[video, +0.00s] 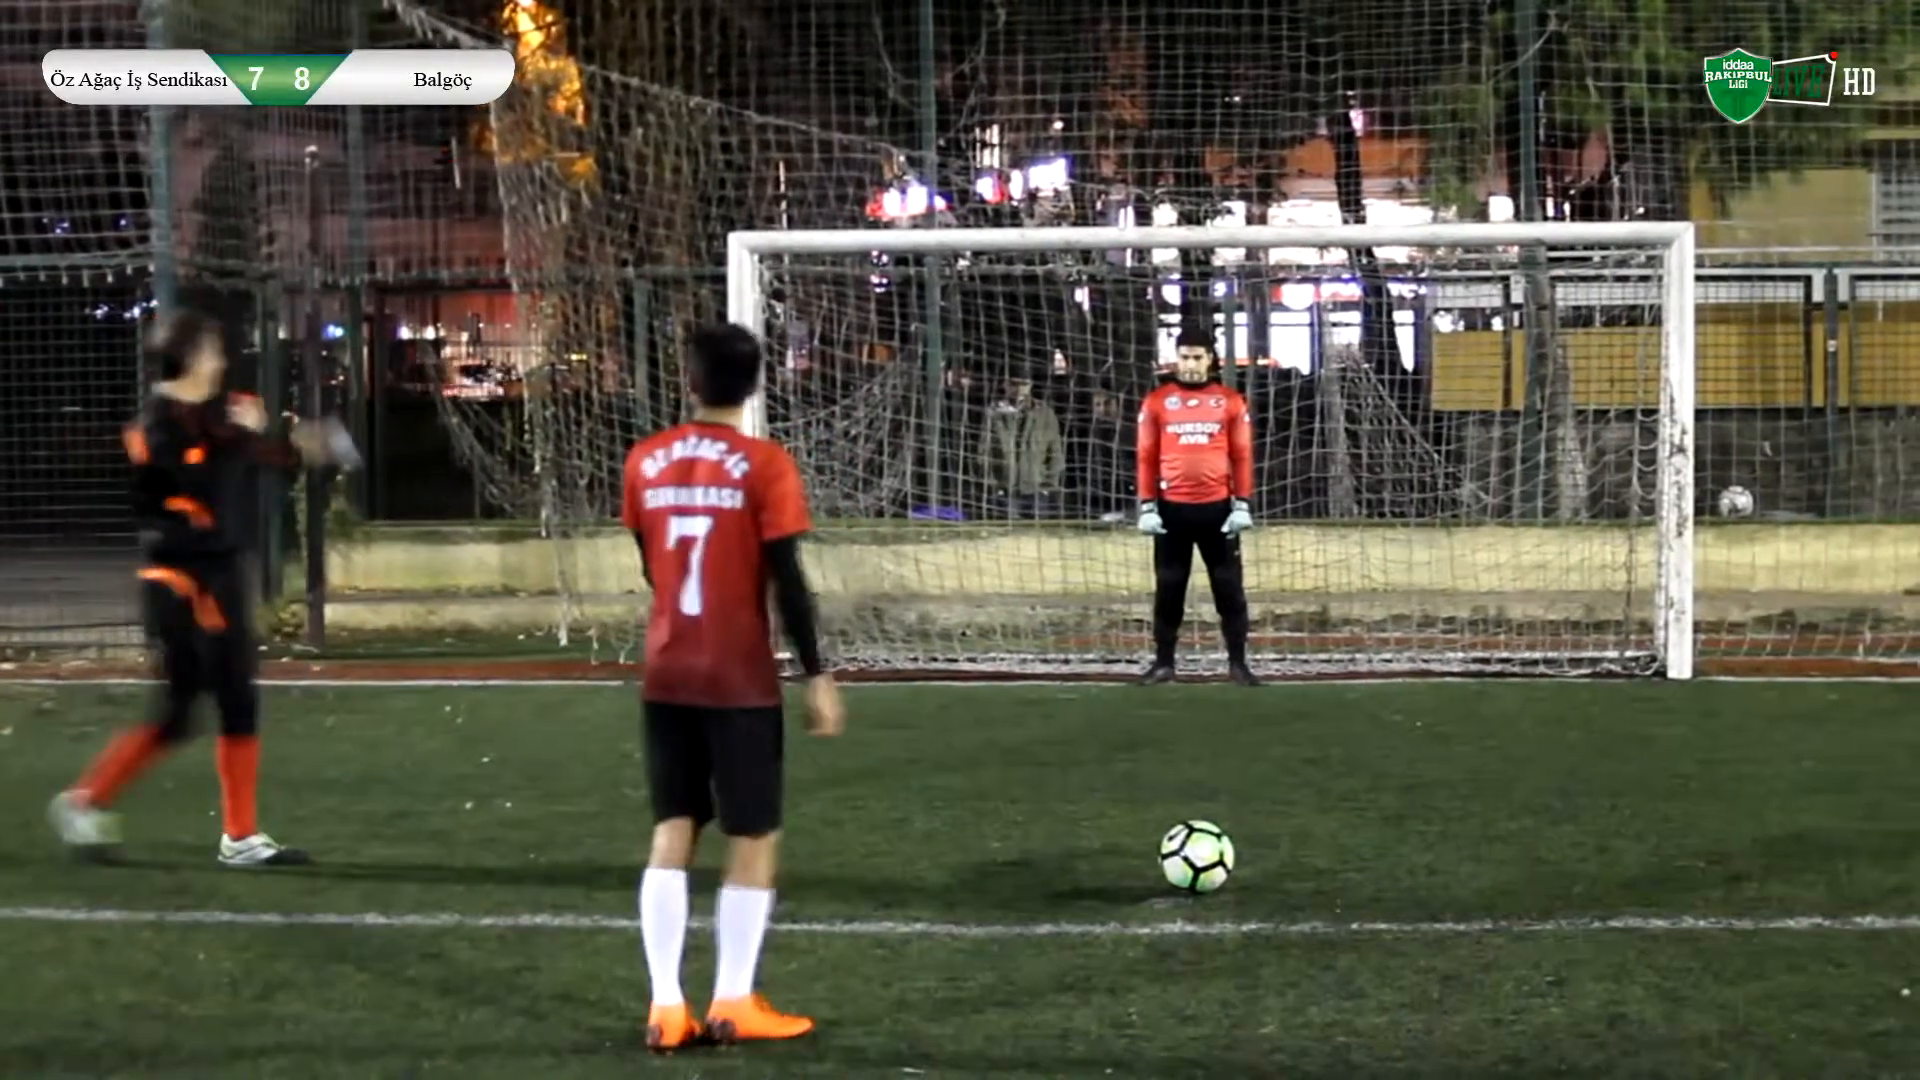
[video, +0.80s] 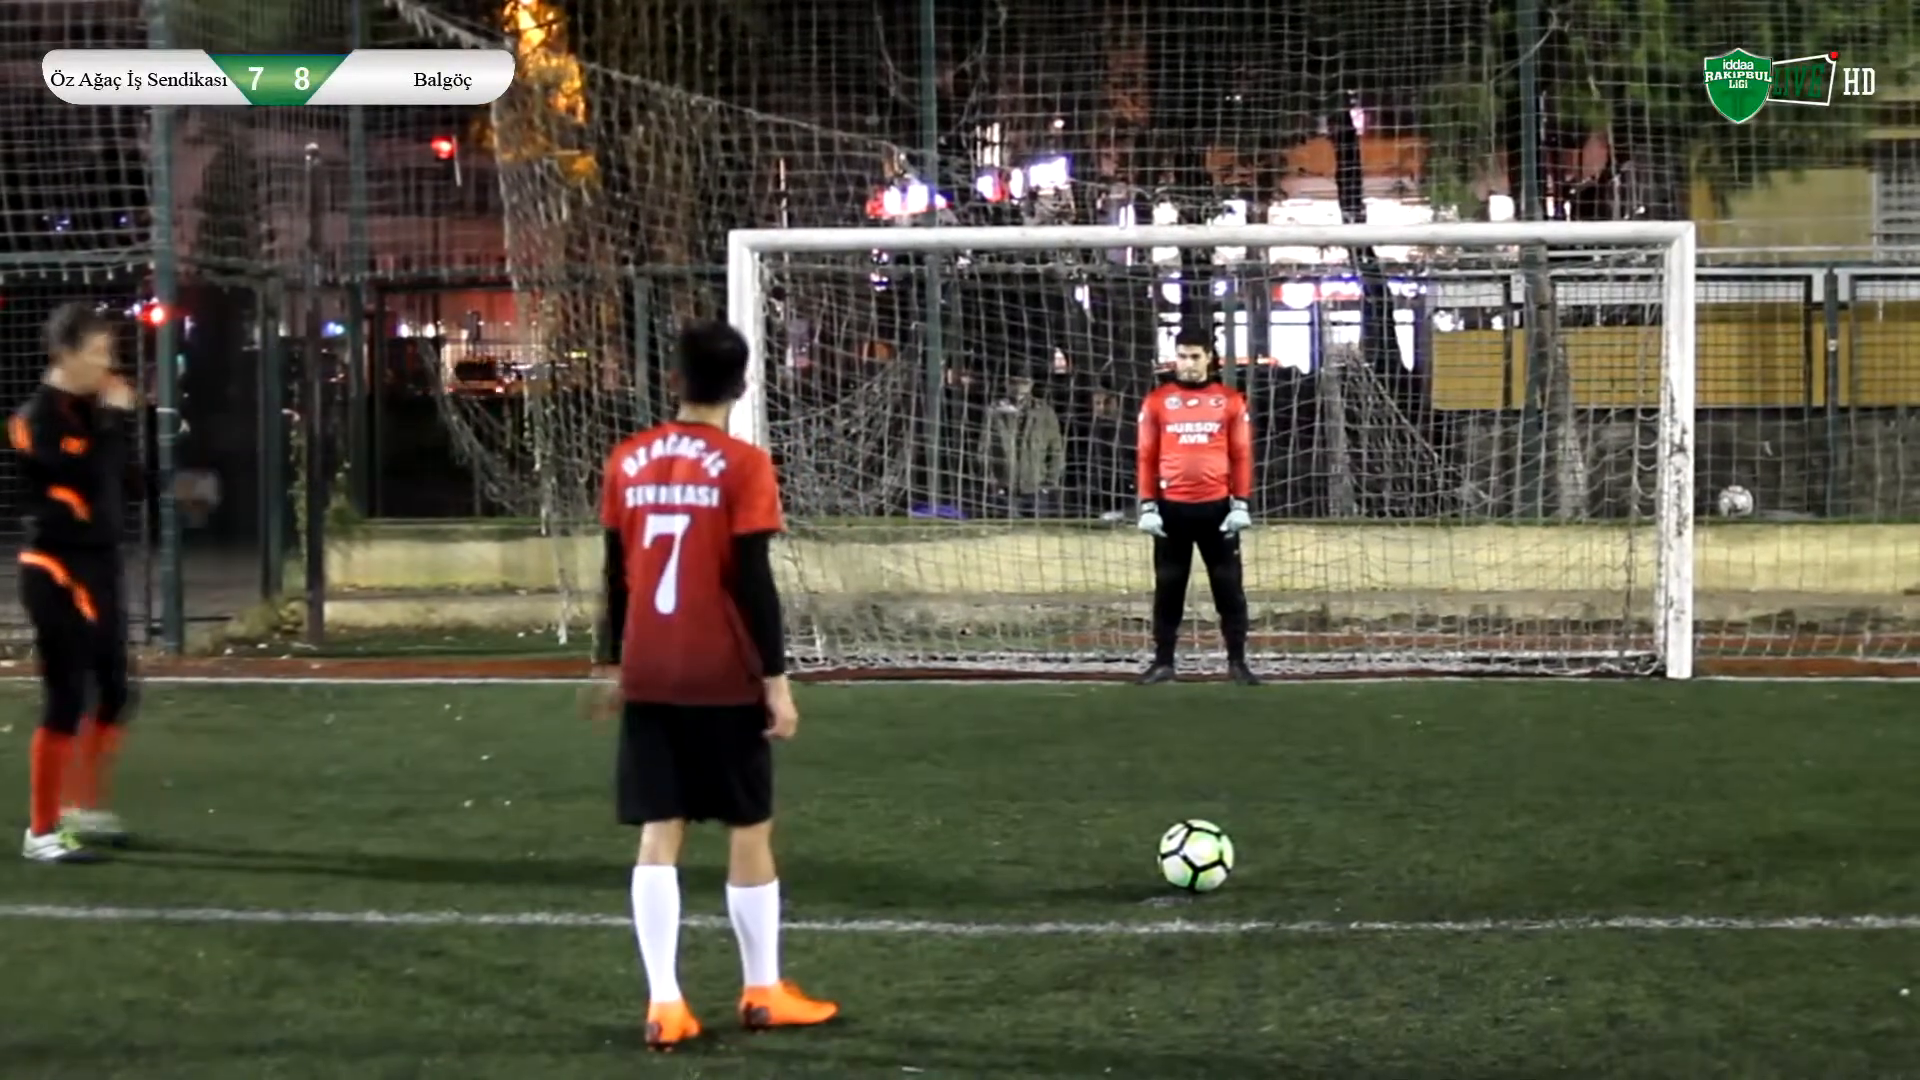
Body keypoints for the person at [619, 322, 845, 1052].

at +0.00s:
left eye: (699, 372)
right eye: (746, 378)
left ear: (691, 382)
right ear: (755, 385)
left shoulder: (643, 460)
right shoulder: (767, 463)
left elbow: (654, 568)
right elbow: (787, 576)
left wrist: (708, 614)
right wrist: (817, 671)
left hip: (665, 677)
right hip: (742, 680)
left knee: (673, 825)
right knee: (753, 835)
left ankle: (664, 1001)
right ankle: (734, 997)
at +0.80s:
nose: (729, 387)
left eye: (691, 372)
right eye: (738, 378)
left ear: (677, 380)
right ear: (741, 385)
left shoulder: (627, 459)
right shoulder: (747, 464)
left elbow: (617, 576)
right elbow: (752, 574)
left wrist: (611, 659)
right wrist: (776, 674)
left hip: (648, 677)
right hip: (727, 679)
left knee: (660, 828)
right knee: (751, 826)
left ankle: (663, 999)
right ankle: (764, 986)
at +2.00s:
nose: (799, 415)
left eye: (797, 403)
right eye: (798, 404)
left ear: (735, 396)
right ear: (785, 406)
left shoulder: (666, 462)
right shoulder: (781, 473)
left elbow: (641, 577)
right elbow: (772, 578)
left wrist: (693, 625)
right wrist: (788, 679)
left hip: (655, 670)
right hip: (732, 675)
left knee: (663, 828)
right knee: (757, 826)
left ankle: (663, 1002)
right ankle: (765, 987)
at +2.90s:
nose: (863, 462)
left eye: (861, 451)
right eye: (863, 451)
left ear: (802, 447)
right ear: (852, 450)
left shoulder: (747, 503)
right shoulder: (843, 500)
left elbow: (713, 604)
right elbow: (818, 573)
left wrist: (740, 667)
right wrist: (812, 677)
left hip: (720, 690)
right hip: (789, 689)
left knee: (699, 833)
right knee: (863, 792)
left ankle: (666, 999)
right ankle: (868, 953)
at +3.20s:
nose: (926, 490)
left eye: (923, 481)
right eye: (924, 480)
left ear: (866, 475)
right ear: (912, 478)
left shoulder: (819, 523)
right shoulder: (915, 528)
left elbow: (798, 614)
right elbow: (910, 602)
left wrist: (812, 667)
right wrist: (900, 672)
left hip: (802, 697)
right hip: (870, 698)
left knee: (784, 832)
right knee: (933, 814)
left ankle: (707, 961)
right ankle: (897, 963)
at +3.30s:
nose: (944, 489)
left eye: (942, 480)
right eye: (942, 480)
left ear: (883, 480)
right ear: (932, 481)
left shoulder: (850, 522)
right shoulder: (940, 526)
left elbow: (813, 567)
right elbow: (946, 593)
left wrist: (864, 606)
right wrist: (968, 686)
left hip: (830, 697)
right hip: (896, 698)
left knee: (834, 846)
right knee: (950, 822)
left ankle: (747, 934)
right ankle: (900, 965)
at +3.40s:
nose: (960, 480)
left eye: (958, 470)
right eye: (957, 470)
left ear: (899, 471)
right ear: (949, 472)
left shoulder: (860, 518)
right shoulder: (960, 525)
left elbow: (821, 538)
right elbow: (1006, 607)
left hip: (860, 695)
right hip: (919, 696)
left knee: (920, 827)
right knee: (964, 826)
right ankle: (905, 960)